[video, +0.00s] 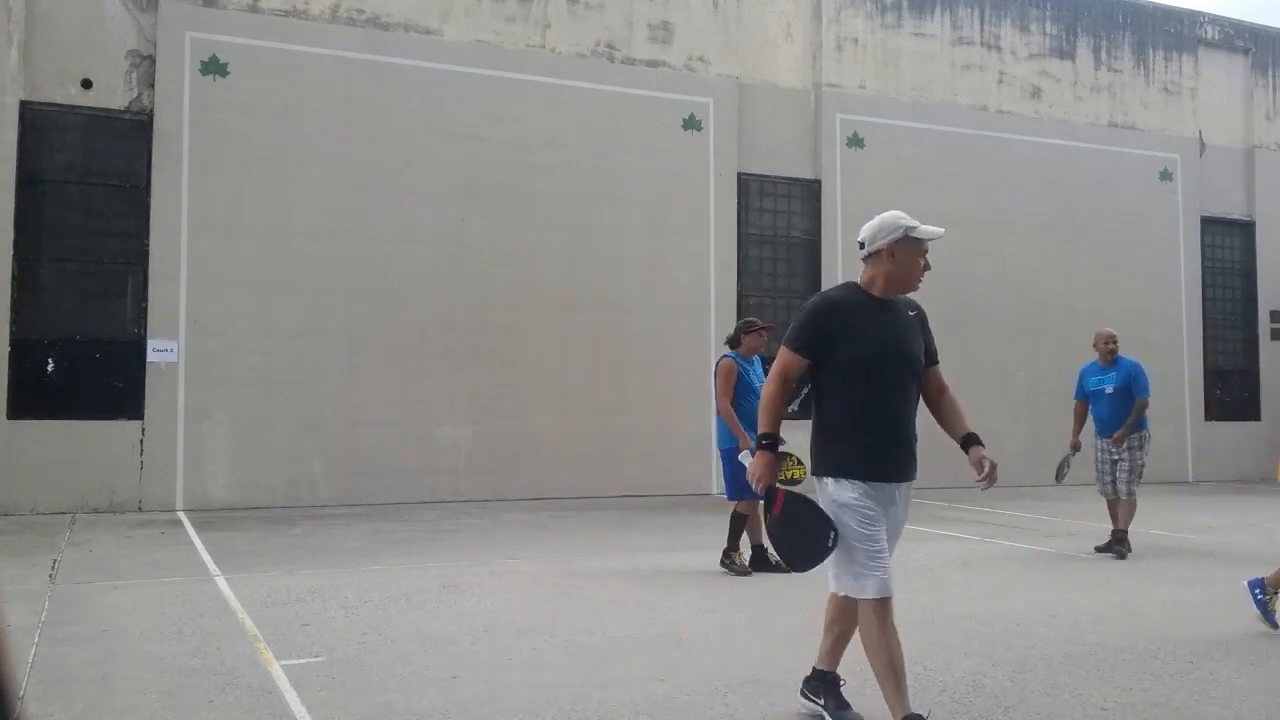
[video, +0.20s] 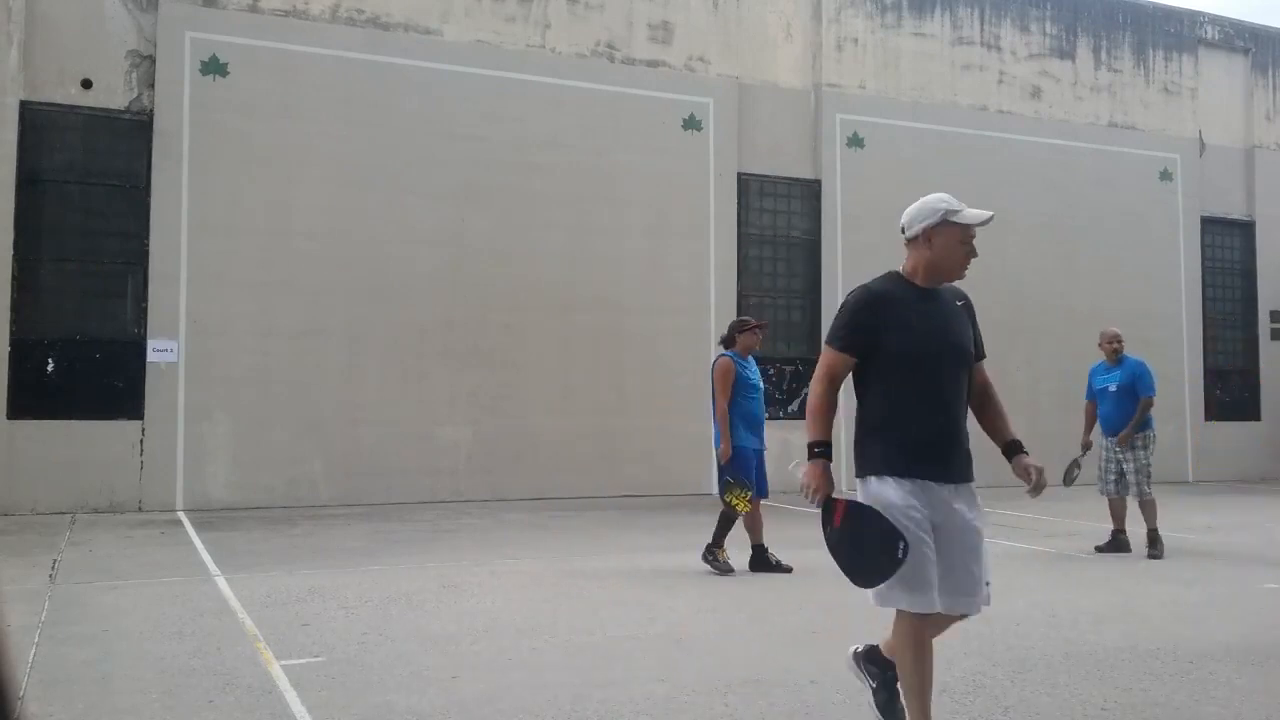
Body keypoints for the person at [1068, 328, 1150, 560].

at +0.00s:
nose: (1112, 346)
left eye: (1114, 342)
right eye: (1106, 343)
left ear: (1119, 345)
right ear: (1096, 347)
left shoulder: (1132, 369)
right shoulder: (1087, 372)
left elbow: (1142, 403)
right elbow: (1081, 405)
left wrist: (1125, 431)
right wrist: (1075, 436)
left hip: (1131, 437)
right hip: (1103, 438)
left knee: (1126, 486)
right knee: (1108, 488)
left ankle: (1121, 537)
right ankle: (1117, 535)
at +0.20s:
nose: (1116, 346)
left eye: (1119, 341)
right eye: (1110, 343)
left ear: (1124, 344)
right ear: (1100, 346)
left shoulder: (1137, 367)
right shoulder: (1096, 372)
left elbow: (1148, 401)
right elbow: (1091, 404)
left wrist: (1129, 431)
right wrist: (1086, 434)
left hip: (1137, 437)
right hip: (1109, 439)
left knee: (1142, 488)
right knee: (1112, 488)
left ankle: (1154, 538)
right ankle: (1119, 537)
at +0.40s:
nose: (1128, 346)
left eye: (1131, 342)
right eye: (1123, 343)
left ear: (1137, 344)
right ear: (1114, 347)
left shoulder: (1150, 368)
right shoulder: (1109, 372)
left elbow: (1163, 402)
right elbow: (1104, 404)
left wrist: (1149, 431)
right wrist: (1099, 433)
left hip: (1147, 441)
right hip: (1119, 441)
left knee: (1163, 490)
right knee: (1117, 488)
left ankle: (1185, 538)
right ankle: (1119, 537)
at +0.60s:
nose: (1146, 349)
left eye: (1150, 345)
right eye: (1141, 346)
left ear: (1157, 347)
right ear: (1133, 349)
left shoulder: (1172, 371)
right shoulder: (1128, 373)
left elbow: (1196, 401)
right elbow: (1123, 399)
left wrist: (1175, 426)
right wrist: (1117, 426)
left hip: (1168, 442)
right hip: (1139, 444)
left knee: (1178, 494)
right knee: (1131, 492)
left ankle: (1191, 542)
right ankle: (1129, 538)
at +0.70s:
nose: (1155, 349)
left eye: (1158, 345)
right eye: (1151, 346)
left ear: (1166, 346)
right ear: (1145, 348)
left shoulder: (1180, 370)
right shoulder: (1141, 371)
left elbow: (1211, 395)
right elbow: (1135, 404)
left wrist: (1192, 424)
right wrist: (1140, 432)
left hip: (1178, 439)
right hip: (1152, 441)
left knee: (1184, 493)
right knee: (1163, 492)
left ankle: (1191, 541)